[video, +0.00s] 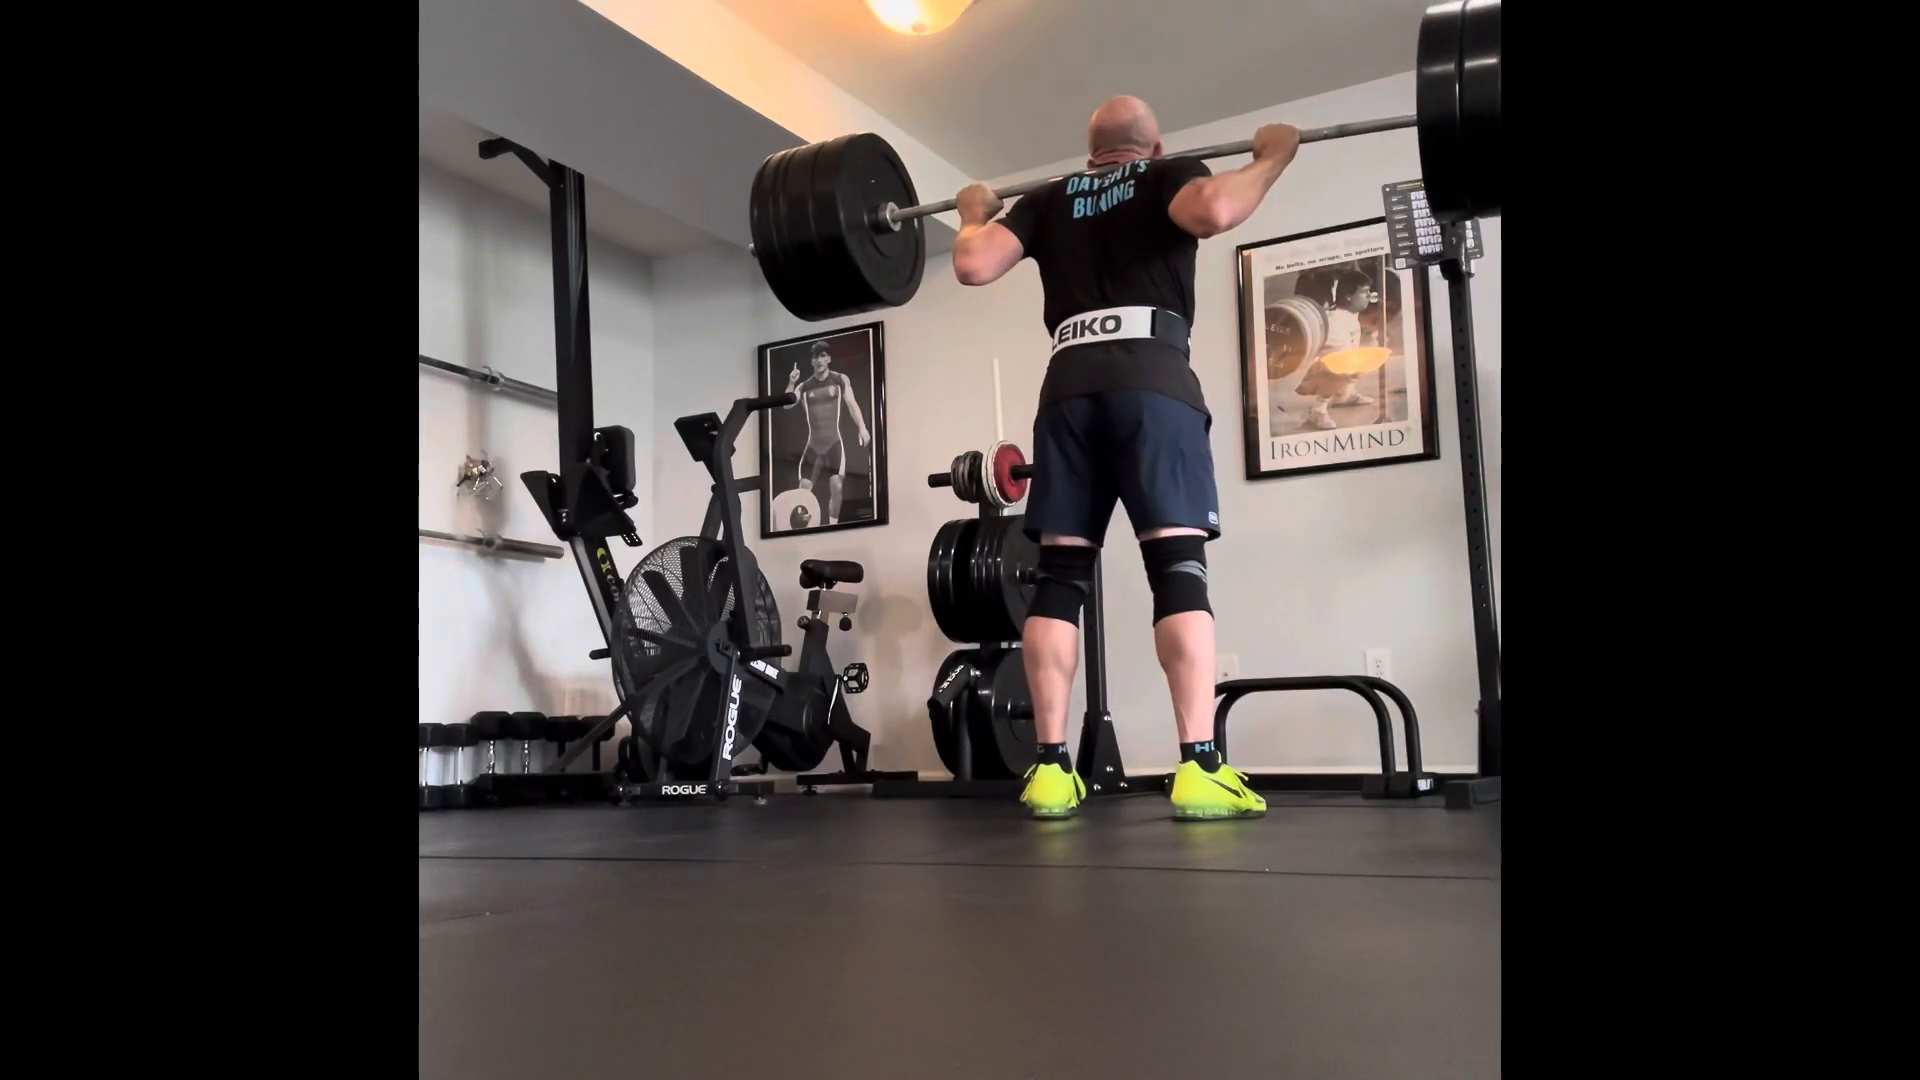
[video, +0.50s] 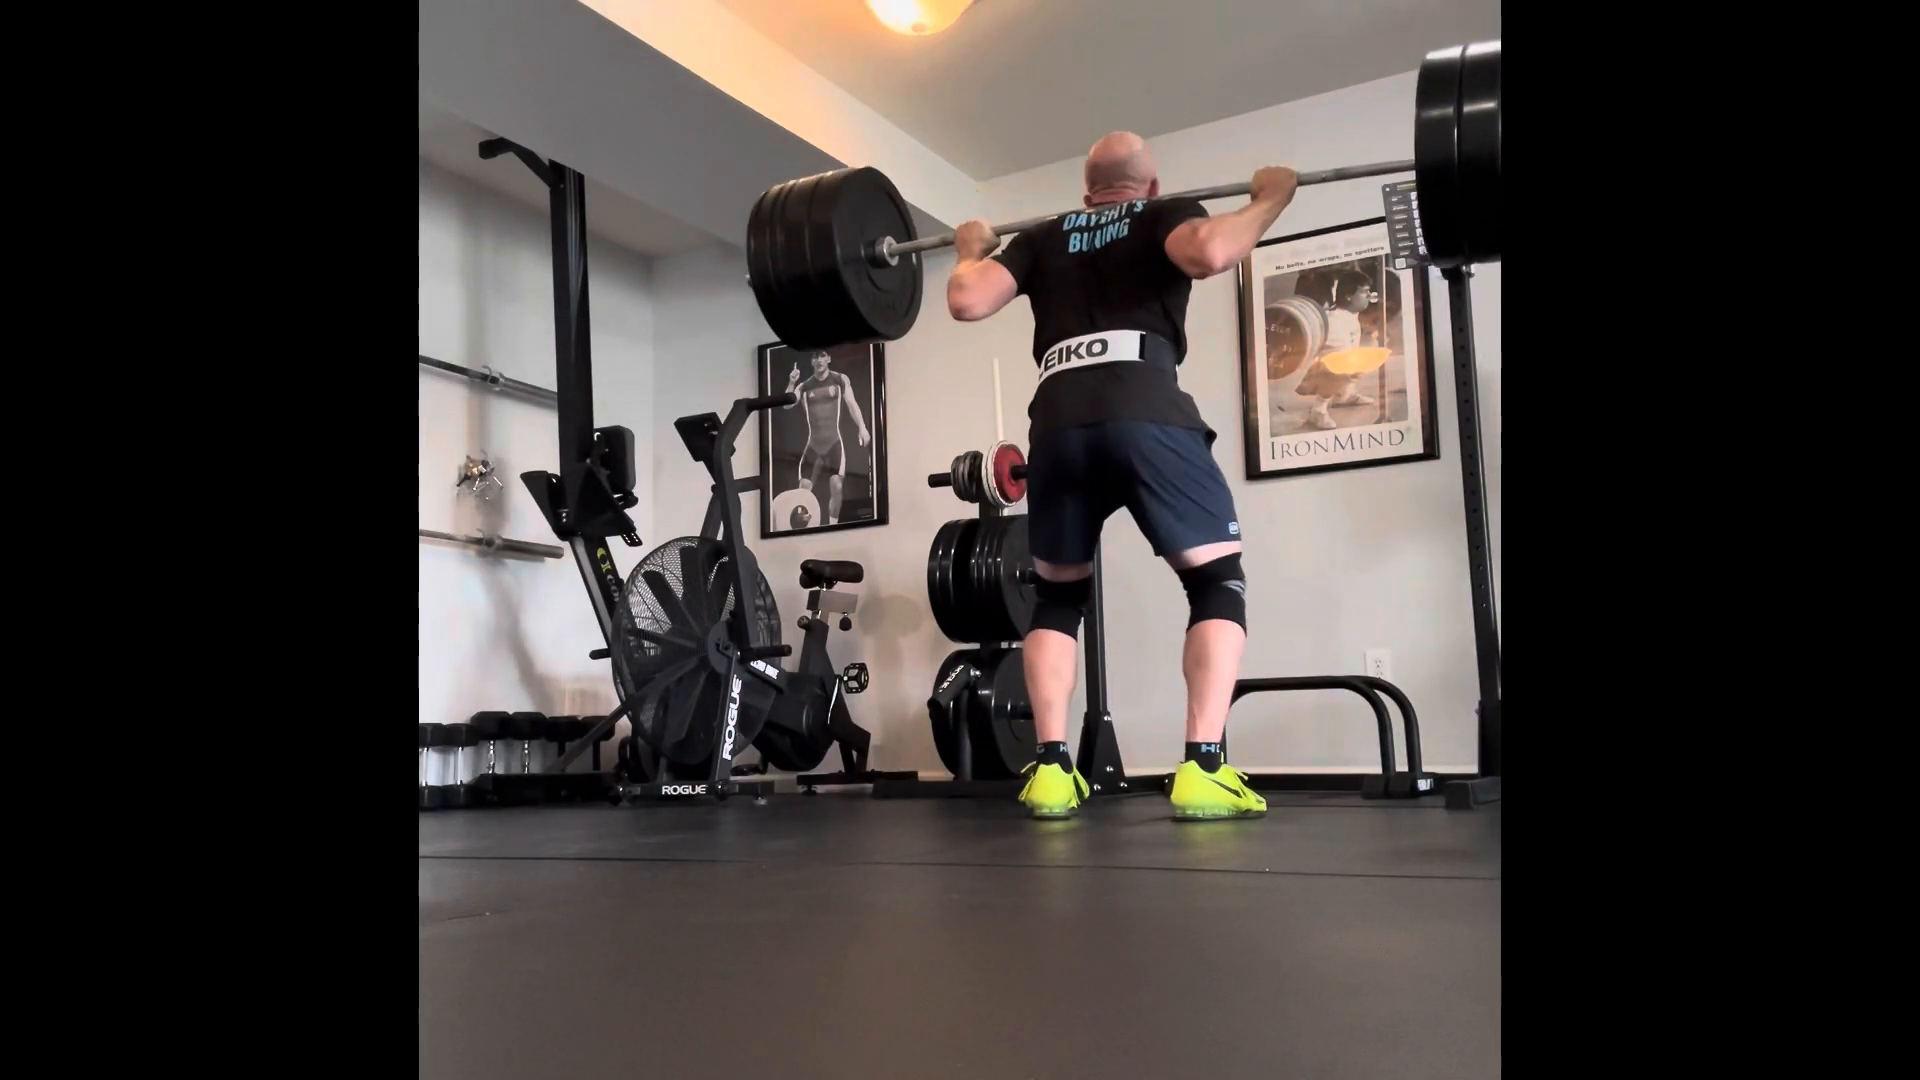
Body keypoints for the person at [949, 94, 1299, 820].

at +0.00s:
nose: (1152, 148)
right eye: (1155, 140)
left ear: (1088, 149)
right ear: (1155, 145)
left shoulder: (1047, 200)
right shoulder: (1165, 173)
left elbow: (972, 263)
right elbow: (1217, 209)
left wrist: (972, 214)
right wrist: (1270, 159)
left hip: (1068, 385)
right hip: (1156, 382)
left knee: (1059, 577)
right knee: (1178, 570)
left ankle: (1051, 766)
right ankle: (1199, 763)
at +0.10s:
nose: (1152, 148)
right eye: (1155, 139)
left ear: (1087, 149)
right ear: (1154, 144)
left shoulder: (1045, 201)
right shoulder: (1164, 173)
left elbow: (971, 262)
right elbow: (1216, 209)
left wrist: (971, 213)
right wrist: (1269, 159)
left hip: (1066, 384)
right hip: (1153, 381)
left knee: (1058, 577)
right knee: (1174, 569)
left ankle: (1052, 765)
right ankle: (1199, 762)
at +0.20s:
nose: (1153, 152)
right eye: (1155, 144)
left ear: (1086, 153)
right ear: (1153, 149)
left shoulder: (1044, 205)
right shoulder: (1162, 178)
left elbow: (970, 266)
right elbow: (1215, 214)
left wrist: (971, 217)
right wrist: (1268, 164)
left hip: (1062, 386)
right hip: (1150, 382)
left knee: (1057, 578)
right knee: (1182, 571)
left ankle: (1052, 765)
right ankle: (1200, 763)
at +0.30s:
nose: (1150, 162)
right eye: (1152, 154)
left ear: (1085, 162)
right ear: (1151, 160)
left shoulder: (1042, 214)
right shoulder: (1161, 188)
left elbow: (969, 275)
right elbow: (1212, 223)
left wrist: (970, 227)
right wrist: (1268, 173)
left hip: (1060, 392)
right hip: (1148, 387)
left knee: (1056, 583)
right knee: (1195, 577)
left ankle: (1051, 766)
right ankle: (1201, 765)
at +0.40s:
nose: (1151, 175)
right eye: (1153, 166)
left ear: (1084, 174)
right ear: (1151, 172)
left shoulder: (1042, 225)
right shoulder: (1160, 200)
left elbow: (968, 286)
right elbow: (1210, 235)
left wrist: (970, 236)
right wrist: (1269, 183)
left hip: (1057, 406)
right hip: (1148, 399)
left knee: (1057, 589)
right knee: (1208, 579)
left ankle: (1051, 765)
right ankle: (1203, 764)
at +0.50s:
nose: (1152, 192)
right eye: (1153, 183)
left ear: (1084, 188)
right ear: (1151, 186)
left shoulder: (1041, 238)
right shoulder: (1162, 214)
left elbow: (967, 300)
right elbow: (1207, 253)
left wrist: (971, 248)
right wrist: (1268, 198)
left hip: (1057, 419)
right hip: (1148, 410)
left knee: (1057, 597)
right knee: (1217, 583)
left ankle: (1052, 766)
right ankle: (1203, 765)